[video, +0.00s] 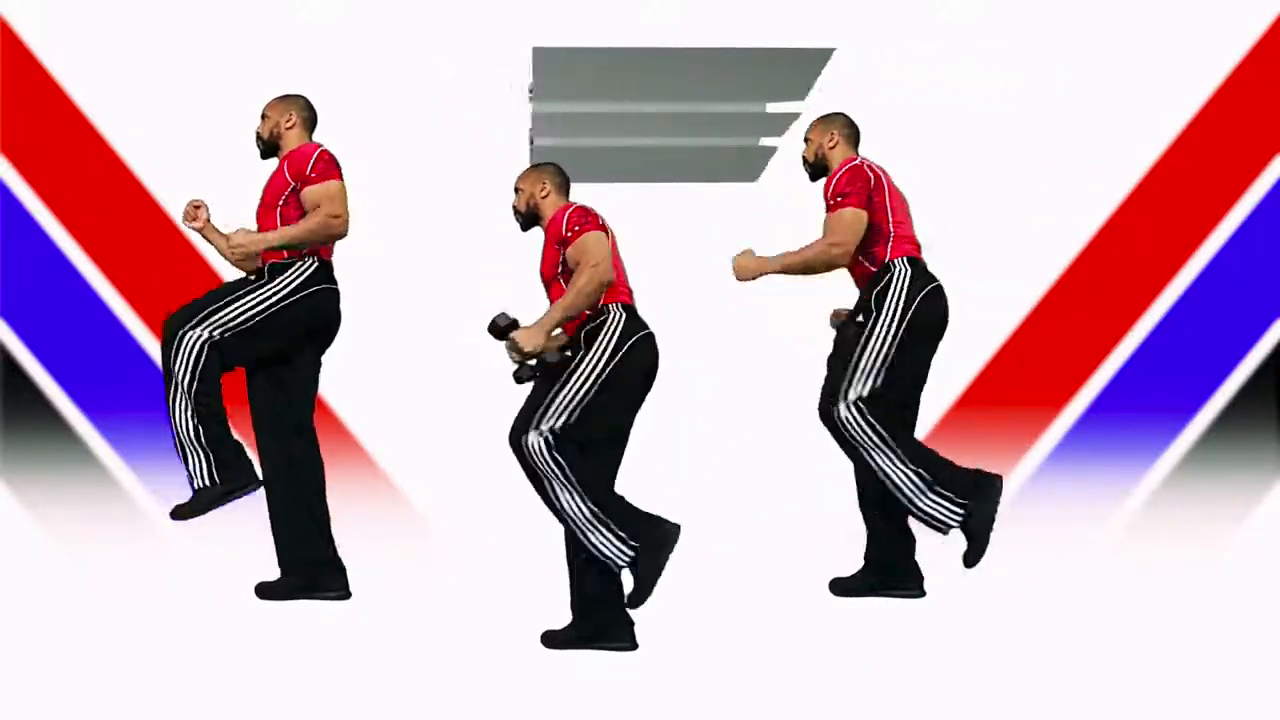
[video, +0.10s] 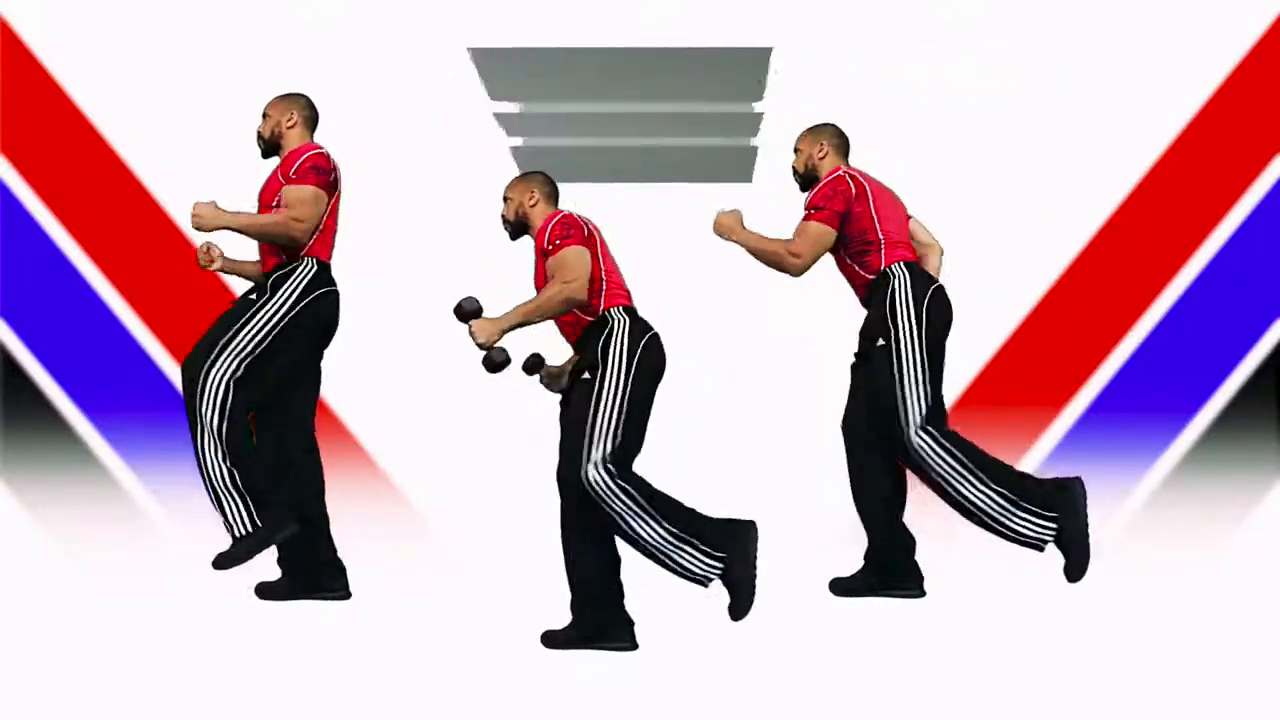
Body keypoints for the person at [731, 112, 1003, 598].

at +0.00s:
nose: (804, 152)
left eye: (809, 142)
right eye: (804, 144)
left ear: (834, 139)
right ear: (840, 141)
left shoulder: (853, 173)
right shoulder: (869, 180)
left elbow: (837, 248)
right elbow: (890, 261)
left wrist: (766, 264)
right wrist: (860, 309)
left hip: (899, 289)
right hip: (907, 296)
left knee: (846, 407)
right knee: (877, 426)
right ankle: (890, 566)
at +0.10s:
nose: (794, 162)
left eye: (800, 152)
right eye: (794, 154)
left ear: (824, 151)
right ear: (836, 155)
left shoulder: (837, 184)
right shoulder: (866, 190)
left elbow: (795, 257)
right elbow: (929, 246)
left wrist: (738, 234)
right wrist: (914, 308)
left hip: (903, 296)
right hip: (893, 306)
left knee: (915, 432)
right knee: (864, 432)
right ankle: (891, 565)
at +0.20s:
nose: (785, 172)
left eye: (791, 163)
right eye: (787, 164)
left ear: (814, 162)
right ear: (830, 164)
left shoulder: (826, 198)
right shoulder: (865, 198)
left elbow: (772, 261)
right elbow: (936, 231)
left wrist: (733, 221)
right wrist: (944, 298)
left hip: (907, 304)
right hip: (895, 314)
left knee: (960, 429)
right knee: (864, 435)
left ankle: (1104, 529)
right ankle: (890, 566)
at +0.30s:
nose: (781, 185)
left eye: (787, 176)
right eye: (782, 177)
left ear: (814, 172)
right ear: (824, 178)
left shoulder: (824, 207)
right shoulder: (862, 205)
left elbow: (765, 271)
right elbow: (938, 224)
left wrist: (726, 226)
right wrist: (957, 292)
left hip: (916, 308)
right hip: (903, 319)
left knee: (987, 429)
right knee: (866, 433)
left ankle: (1128, 534)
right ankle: (891, 567)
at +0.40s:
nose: (779, 191)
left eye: (786, 181)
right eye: (780, 183)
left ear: (814, 179)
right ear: (821, 183)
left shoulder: (822, 212)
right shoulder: (860, 210)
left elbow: (768, 282)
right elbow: (938, 226)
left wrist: (726, 242)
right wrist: (958, 286)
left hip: (921, 311)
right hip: (907, 322)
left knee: (1002, 432)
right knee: (866, 432)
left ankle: (1140, 537)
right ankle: (892, 566)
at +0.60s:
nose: (776, 195)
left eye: (783, 185)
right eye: (777, 186)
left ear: (811, 185)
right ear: (816, 187)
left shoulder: (821, 217)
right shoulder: (858, 213)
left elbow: (768, 288)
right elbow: (933, 230)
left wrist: (725, 249)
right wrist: (951, 297)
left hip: (922, 314)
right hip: (908, 326)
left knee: (1005, 434)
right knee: (864, 436)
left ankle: (1141, 539)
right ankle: (892, 566)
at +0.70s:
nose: (776, 193)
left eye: (783, 183)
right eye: (777, 185)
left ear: (811, 184)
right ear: (815, 187)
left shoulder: (821, 216)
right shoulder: (856, 213)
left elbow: (768, 288)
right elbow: (930, 230)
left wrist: (724, 248)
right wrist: (950, 300)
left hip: (921, 315)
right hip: (907, 327)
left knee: (1005, 435)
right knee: (863, 438)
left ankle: (1142, 538)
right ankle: (892, 566)